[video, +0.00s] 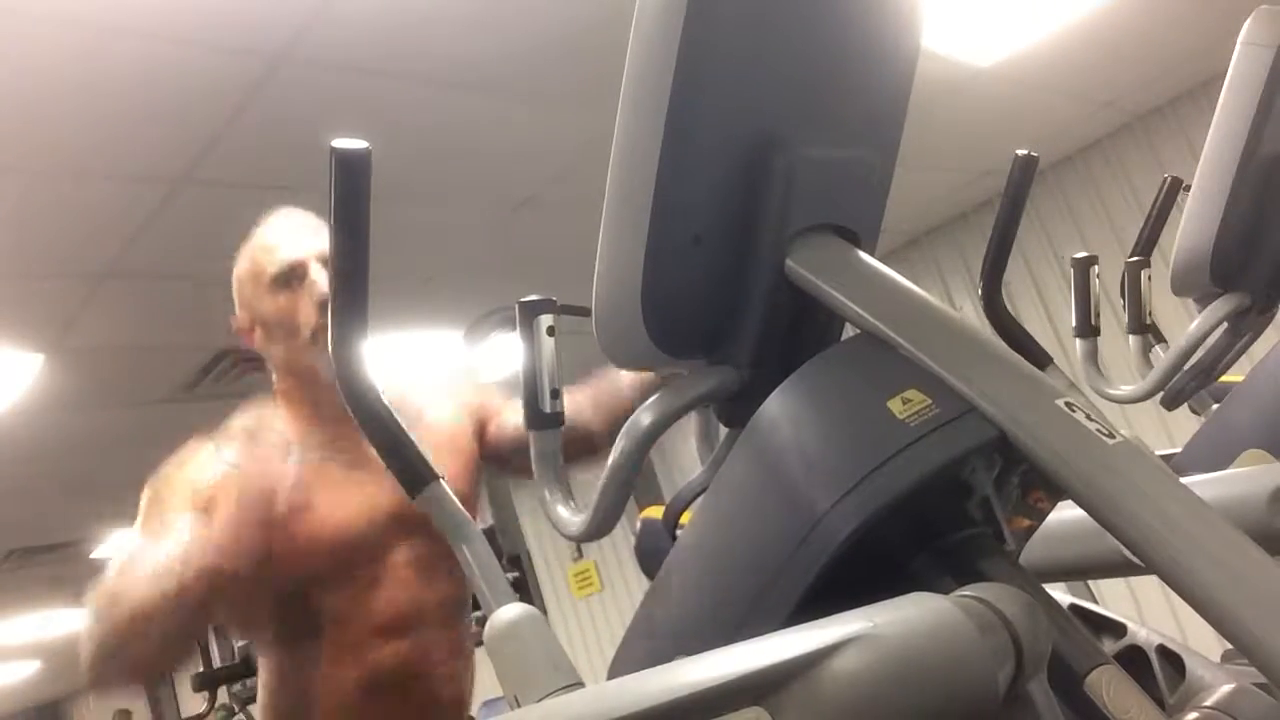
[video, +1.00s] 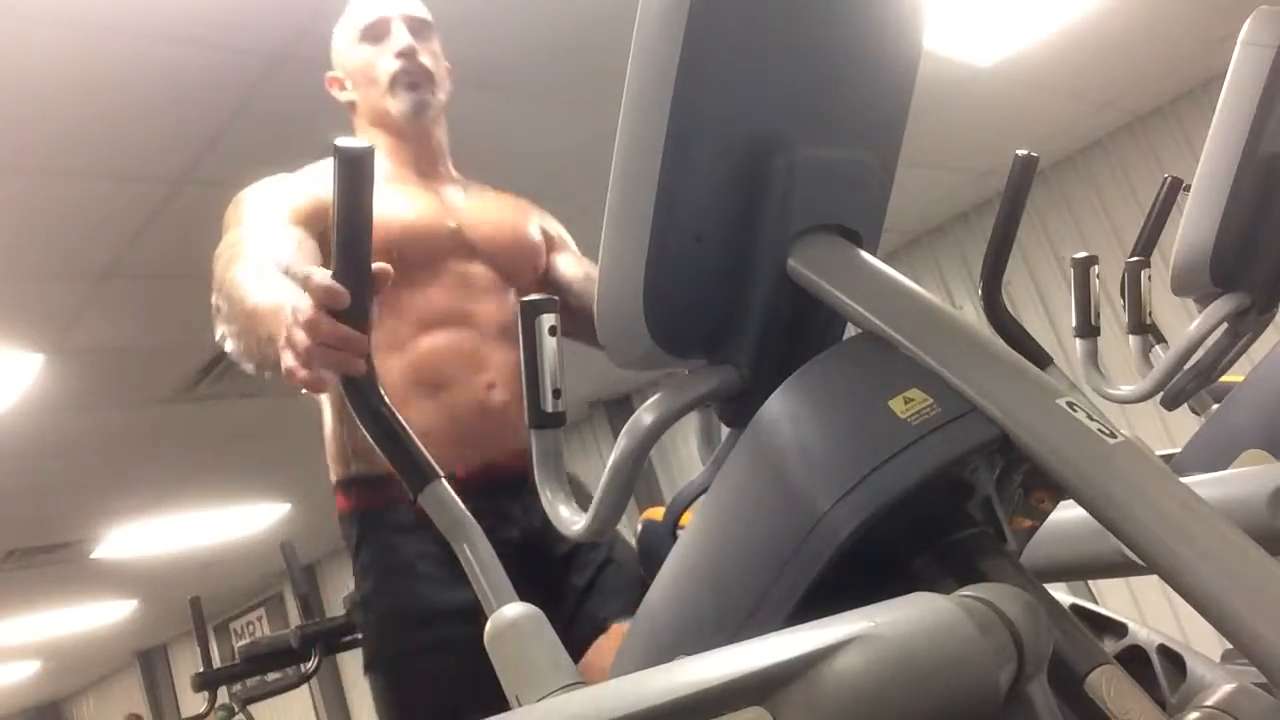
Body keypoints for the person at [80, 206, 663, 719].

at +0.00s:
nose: (326, 288)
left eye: (335, 266)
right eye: (291, 277)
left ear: (358, 281)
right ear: (248, 328)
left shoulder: (445, 400)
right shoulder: (219, 469)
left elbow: (572, 418)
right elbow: (113, 656)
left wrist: (681, 361)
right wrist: (219, 557)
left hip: (448, 707)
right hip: (317, 711)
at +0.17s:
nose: (333, 171)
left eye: (349, 153)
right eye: (298, 158)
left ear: (374, 182)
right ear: (251, 209)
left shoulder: (453, 317)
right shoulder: (210, 340)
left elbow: (589, 363)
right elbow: (141, 498)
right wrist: (285, 377)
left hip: (473, 676)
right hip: (334, 687)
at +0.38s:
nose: (385, 135)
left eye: (401, 114)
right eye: (351, 120)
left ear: (426, 145)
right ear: (303, 170)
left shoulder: (485, 302)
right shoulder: (237, 309)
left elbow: (633, 360)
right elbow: (141, 490)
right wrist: (288, 390)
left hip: (504, 640)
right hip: (364, 675)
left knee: (685, 675)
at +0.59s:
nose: (420, 126)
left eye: (439, 107)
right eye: (386, 109)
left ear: (465, 144)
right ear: (338, 155)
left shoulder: (516, 301)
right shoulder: (268, 287)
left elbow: (650, 376)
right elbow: (149, 457)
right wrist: (291, 382)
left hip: (528, 615)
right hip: (386, 658)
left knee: (686, 691)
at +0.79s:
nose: (440, 76)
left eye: (457, 63)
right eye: (409, 61)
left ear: (481, 105)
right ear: (364, 106)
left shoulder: (534, 262)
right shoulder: (296, 226)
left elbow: (641, 360)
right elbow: (198, 369)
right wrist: (284, 367)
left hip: (535, 567)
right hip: (396, 595)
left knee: (671, 677)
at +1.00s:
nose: (407, 46)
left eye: (422, 31)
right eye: (375, 35)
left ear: (447, 68)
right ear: (340, 83)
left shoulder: (522, 217)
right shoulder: (297, 195)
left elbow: (625, 318)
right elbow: (241, 280)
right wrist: (284, 320)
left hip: (531, 506)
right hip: (403, 526)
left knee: (648, 689)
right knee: (448, 713)